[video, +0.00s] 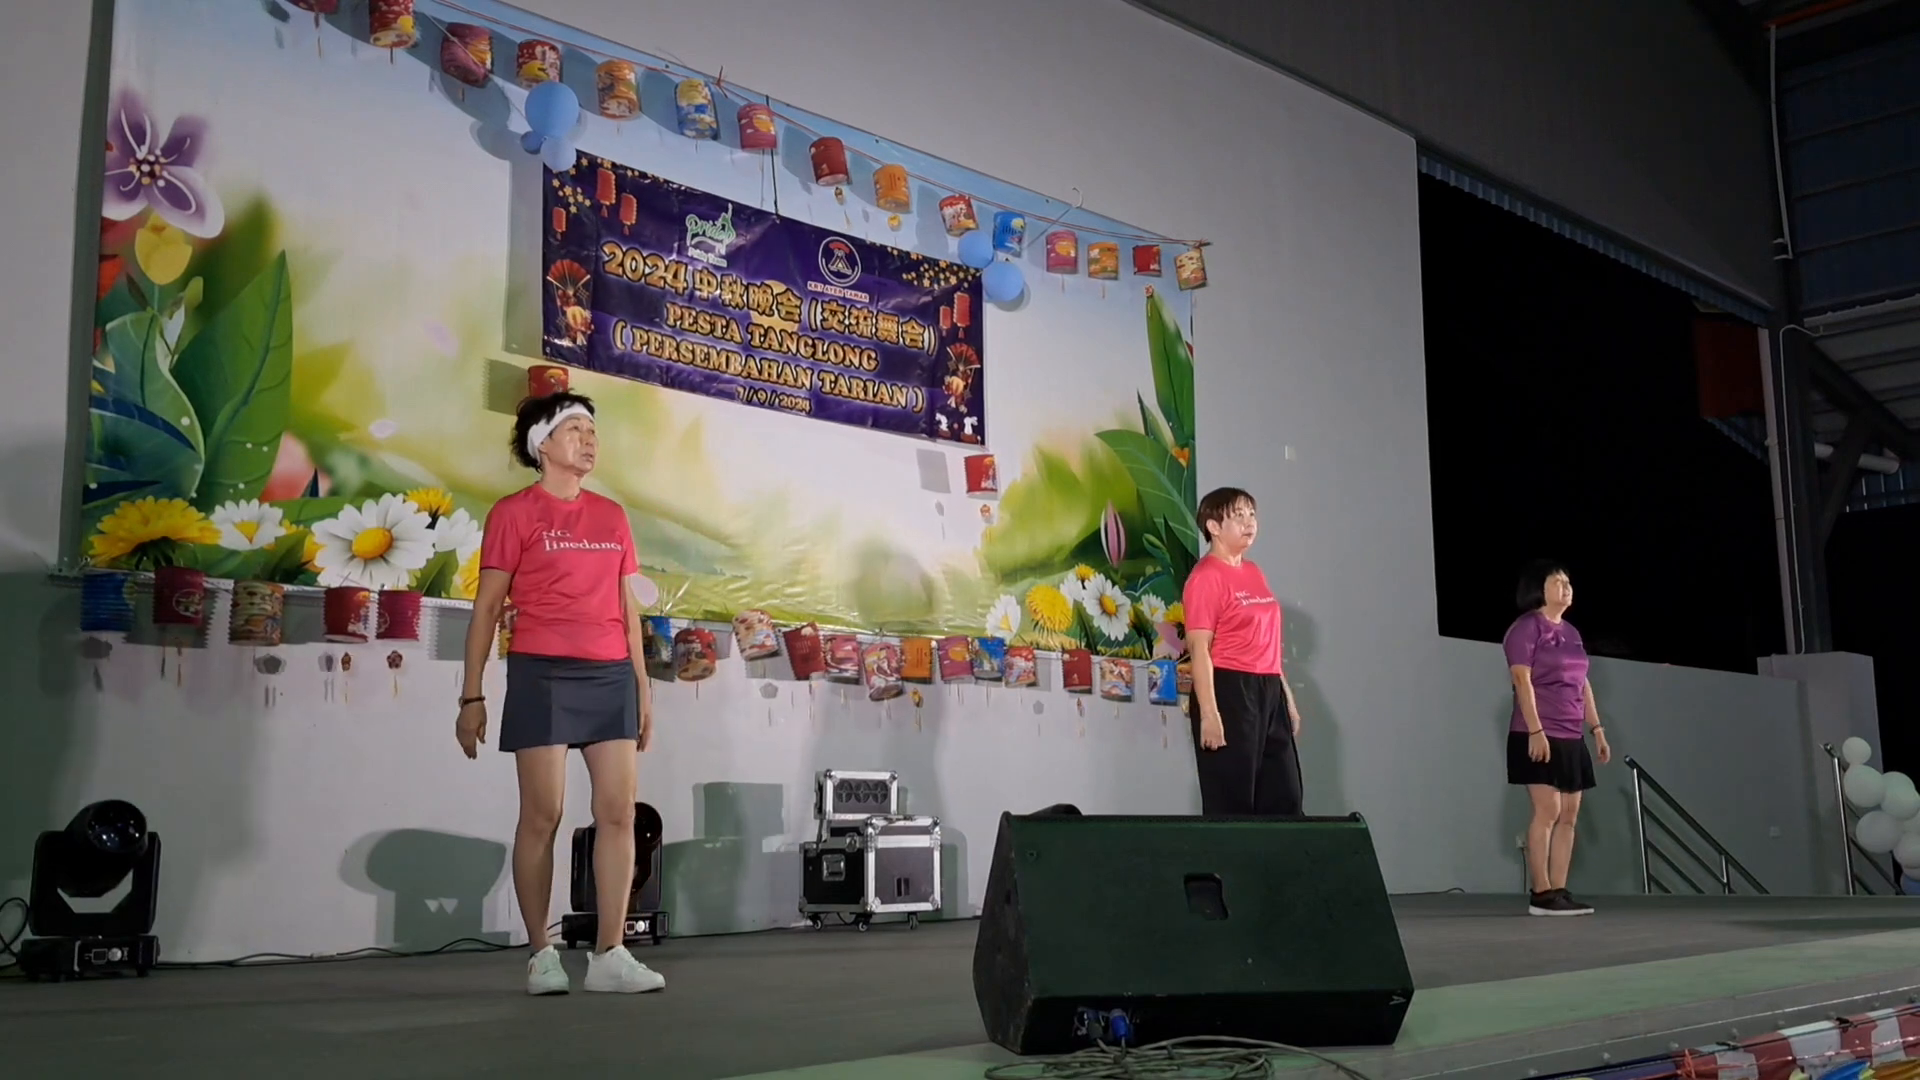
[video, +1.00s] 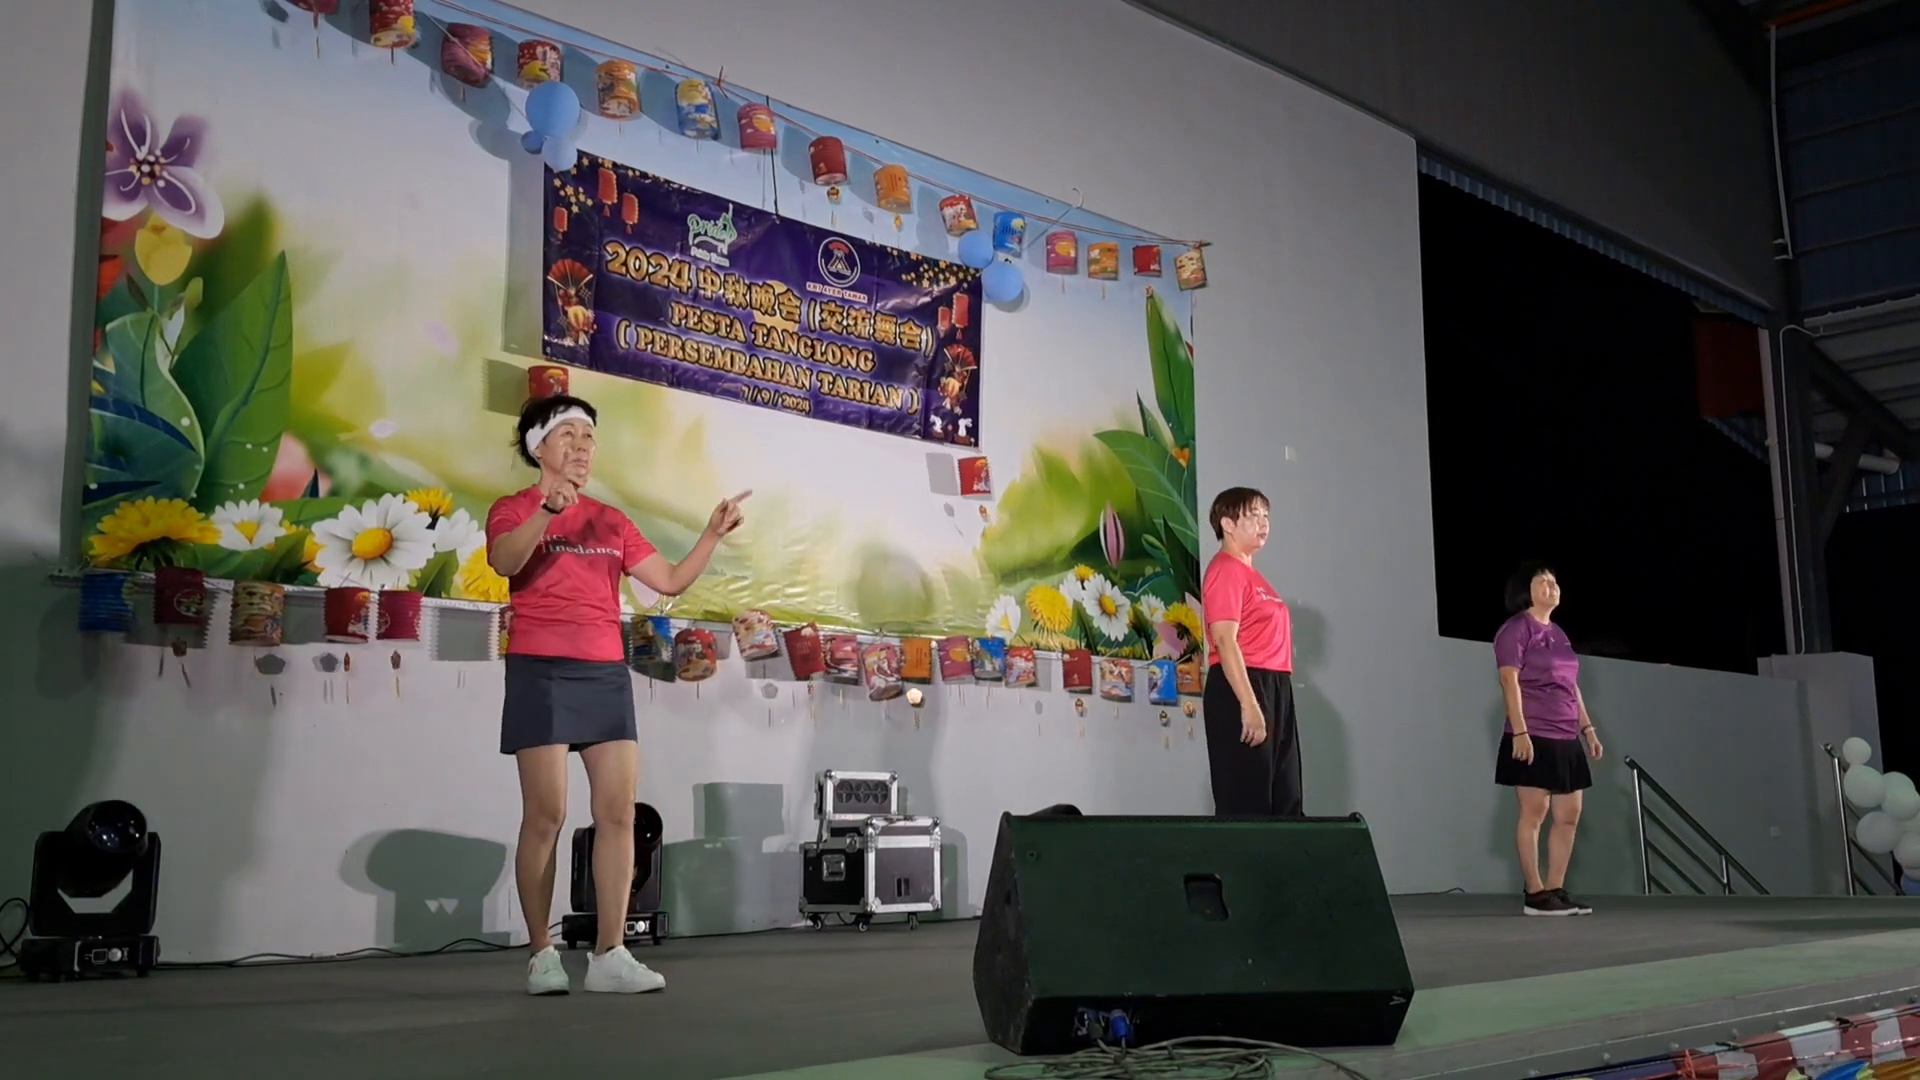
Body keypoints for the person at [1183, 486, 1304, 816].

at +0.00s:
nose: (1250, 524)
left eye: (1252, 516)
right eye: (1239, 517)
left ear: (1258, 522)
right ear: (1213, 527)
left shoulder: (1254, 572)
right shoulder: (1204, 578)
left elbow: (1266, 644)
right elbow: (1198, 648)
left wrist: (1287, 698)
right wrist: (1209, 713)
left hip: (1270, 691)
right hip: (1230, 690)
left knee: (1283, 797)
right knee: (1232, 801)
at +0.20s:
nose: (1256, 526)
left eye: (1258, 518)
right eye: (1245, 518)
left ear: (1263, 523)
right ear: (1220, 526)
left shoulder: (1248, 571)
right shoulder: (1212, 575)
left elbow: (1257, 642)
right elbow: (1209, 648)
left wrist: (1276, 708)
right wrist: (1227, 711)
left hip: (1271, 691)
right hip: (1235, 691)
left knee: (1283, 798)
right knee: (1236, 802)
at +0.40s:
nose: (1260, 525)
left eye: (1262, 517)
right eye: (1250, 517)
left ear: (1266, 522)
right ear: (1224, 526)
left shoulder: (1245, 570)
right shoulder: (1223, 571)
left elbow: (1253, 642)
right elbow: (1221, 643)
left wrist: (1276, 706)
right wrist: (1243, 707)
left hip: (1270, 689)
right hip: (1239, 688)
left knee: (1282, 798)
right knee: (1241, 800)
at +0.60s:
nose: (1262, 524)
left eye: (1263, 517)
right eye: (1252, 517)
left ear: (1268, 521)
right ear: (1226, 525)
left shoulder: (1244, 569)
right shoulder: (1227, 569)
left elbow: (1245, 638)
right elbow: (1229, 638)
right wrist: (1255, 704)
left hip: (1270, 686)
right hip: (1242, 686)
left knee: (1283, 795)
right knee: (1246, 797)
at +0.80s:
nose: (1262, 524)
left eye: (1264, 517)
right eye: (1252, 516)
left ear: (1268, 522)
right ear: (1226, 524)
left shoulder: (1245, 569)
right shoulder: (1228, 569)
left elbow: (1248, 638)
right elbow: (1229, 638)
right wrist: (1258, 703)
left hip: (1272, 686)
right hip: (1242, 686)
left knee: (1283, 796)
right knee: (1247, 798)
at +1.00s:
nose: (1263, 525)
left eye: (1265, 518)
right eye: (1254, 517)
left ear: (1270, 522)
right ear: (1228, 524)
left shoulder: (1248, 570)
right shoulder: (1226, 569)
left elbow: (1251, 639)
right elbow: (1224, 640)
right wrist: (1248, 703)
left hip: (1275, 688)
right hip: (1244, 687)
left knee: (1285, 798)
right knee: (1247, 801)